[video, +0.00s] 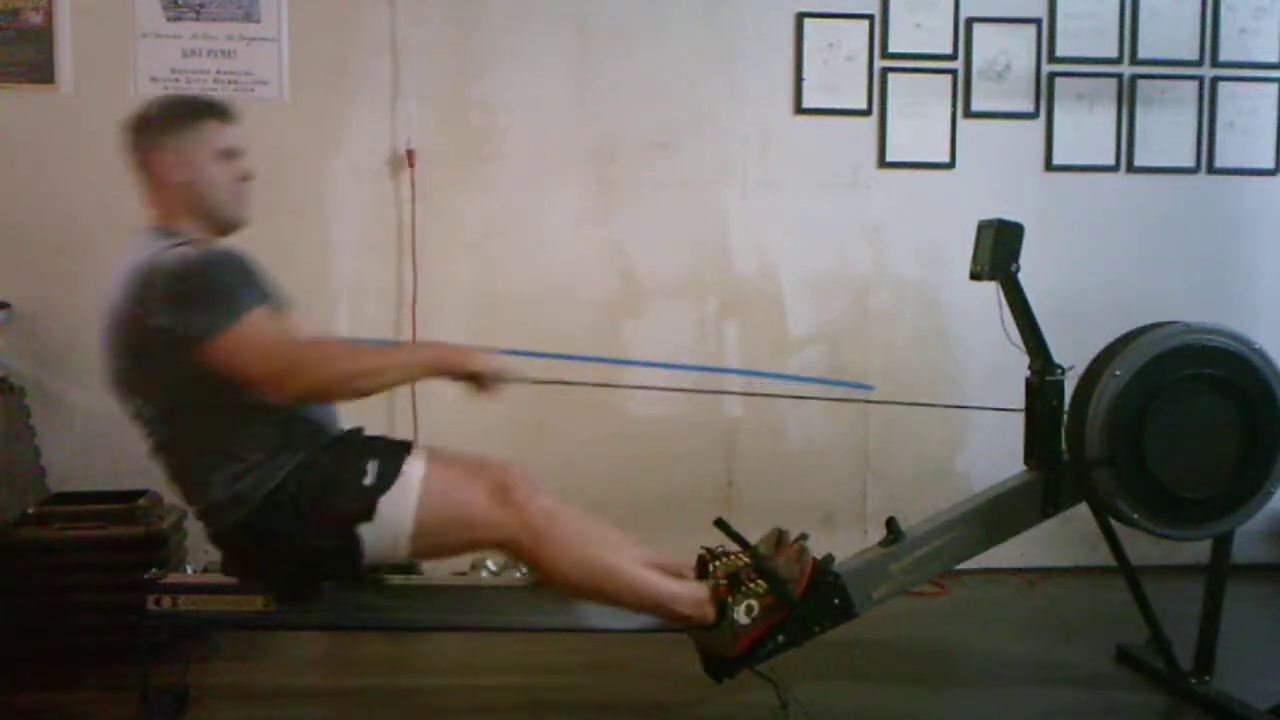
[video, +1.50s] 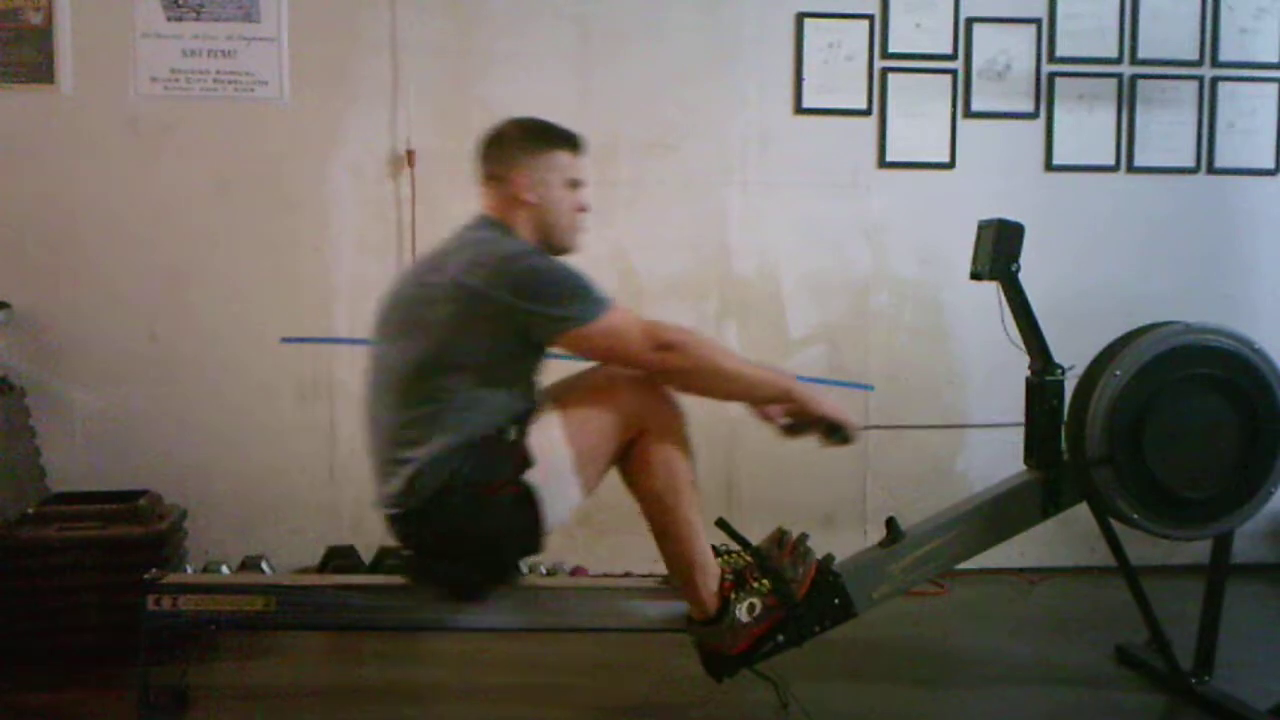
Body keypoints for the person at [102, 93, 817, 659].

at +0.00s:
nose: (244, 171)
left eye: (241, 155)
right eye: (225, 156)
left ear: (192, 173)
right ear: (162, 173)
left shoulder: (188, 268)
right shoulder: (181, 273)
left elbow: (292, 365)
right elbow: (287, 371)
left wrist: (426, 359)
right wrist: (439, 359)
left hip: (293, 483)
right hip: (287, 497)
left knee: (509, 493)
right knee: (509, 500)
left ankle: (704, 585)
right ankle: (710, 613)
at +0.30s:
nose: (167, 206)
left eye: (163, 190)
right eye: (146, 191)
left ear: (115, 206)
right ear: (86, 207)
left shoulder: (133, 297)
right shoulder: (74, 301)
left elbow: (159, 405)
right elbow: (45, 440)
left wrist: (232, 355)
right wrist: (171, 359)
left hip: (306, 469)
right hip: (274, 499)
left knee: (500, 511)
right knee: (492, 525)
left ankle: (702, 592)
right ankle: (709, 612)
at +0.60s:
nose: (215, 201)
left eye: (212, 184)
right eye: (197, 183)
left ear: (156, 192)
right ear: (133, 190)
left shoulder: (165, 289)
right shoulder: (117, 296)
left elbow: (208, 406)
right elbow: (164, 432)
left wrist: (314, 392)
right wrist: (306, 385)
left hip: (292, 477)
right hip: (271, 504)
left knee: (496, 503)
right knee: (492, 523)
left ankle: (703, 594)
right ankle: (709, 610)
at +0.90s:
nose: (313, 188)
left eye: (311, 171)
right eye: (297, 170)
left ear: (241, 176)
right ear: (237, 172)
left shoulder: (244, 264)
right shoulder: (219, 272)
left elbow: (367, 367)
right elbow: (361, 369)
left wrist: (490, 407)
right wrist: (496, 409)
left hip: (309, 479)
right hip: (282, 512)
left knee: (510, 480)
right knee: (507, 496)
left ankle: (701, 585)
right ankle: (706, 614)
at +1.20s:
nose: (441, 192)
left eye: (439, 176)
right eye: (426, 174)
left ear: (368, 179)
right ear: (371, 175)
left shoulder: (326, 256)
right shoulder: (351, 263)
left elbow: (494, 347)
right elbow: (500, 351)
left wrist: (622, 401)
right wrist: (633, 401)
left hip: (339, 501)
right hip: (353, 518)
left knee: (547, 427)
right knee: (560, 440)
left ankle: (698, 594)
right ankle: (709, 610)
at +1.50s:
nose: (586, 203)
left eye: (583, 186)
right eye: (572, 185)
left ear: (521, 192)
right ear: (522, 190)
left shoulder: (465, 262)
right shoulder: (505, 268)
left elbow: (638, 350)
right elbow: (655, 349)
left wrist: (758, 393)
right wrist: (798, 393)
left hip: (434, 519)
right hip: (463, 521)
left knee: (631, 387)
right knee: (642, 395)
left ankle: (706, 591)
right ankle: (713, 610)